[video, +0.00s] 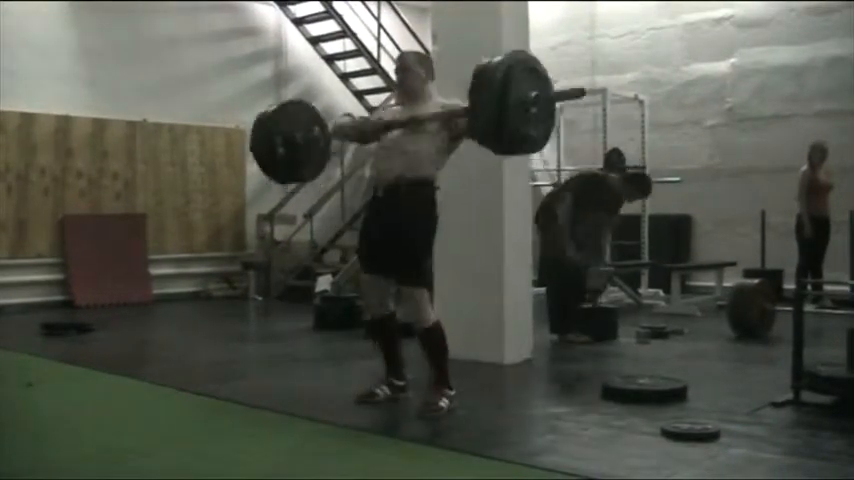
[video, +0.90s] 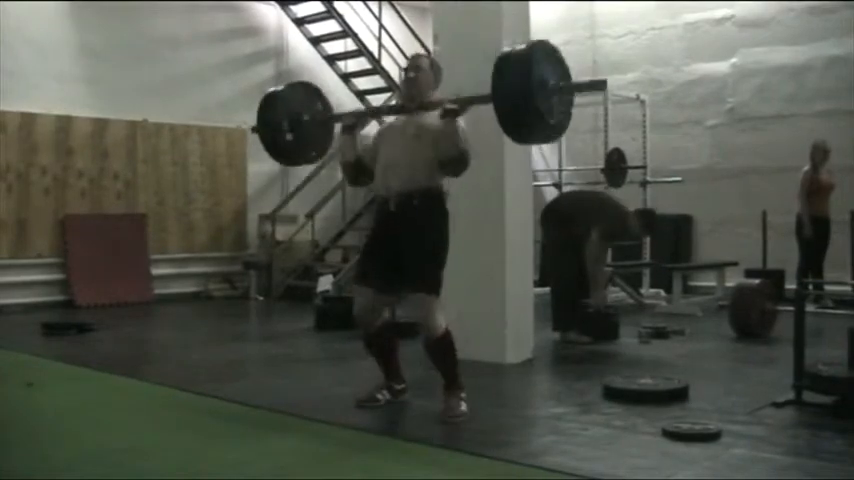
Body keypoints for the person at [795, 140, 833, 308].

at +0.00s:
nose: (819, 159)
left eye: (822, 156)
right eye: (817, 155)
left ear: (825, 157)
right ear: (810, 156)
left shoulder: (823, 173)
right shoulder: (806, 173)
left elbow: (821, 197)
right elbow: (802, 200)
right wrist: (806, 224)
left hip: (821, 219)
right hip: (808, 219)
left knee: (817, 259)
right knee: (805, 259)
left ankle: (818, 294)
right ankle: (800, 294)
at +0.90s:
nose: (823, 157)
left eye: (825, 154)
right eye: (820, 153)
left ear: (827, 155)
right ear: (813, 154)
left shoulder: (825, 173)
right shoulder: (808, 174)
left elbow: (823, 198)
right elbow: (802, 199)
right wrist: (806, 223)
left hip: (822, 219)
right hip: (808, 219)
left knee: (818, 259)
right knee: (806, 258)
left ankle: (819, 293)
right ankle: (802, 293)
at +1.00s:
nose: (825, 157)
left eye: (826, 154)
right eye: (822, 154)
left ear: (828, 156)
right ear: (814, 154)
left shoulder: (826, 174)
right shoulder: (809, 174)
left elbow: (824, 198)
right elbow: (803, 199)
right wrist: (806, 223)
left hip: (822, 219)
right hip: (808, 219)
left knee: (818, 258)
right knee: (806, 258)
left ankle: (819, 293)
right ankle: (802, 292)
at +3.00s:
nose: (820, 158)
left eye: (822, 155)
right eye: (817, 154)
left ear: (823, 156)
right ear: (810, 155)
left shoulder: (822, 173)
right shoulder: (805, 173)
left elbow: (819, 196)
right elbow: (799, 200)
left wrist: (825, 187)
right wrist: (803, 224)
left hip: (813, 219)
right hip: (800, 218)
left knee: (810, 259)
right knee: (798, 258)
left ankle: (811, 294)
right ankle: (794, 293)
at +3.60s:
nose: (814, 158)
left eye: (816, 155)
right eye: (812, 154)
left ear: (819, 156)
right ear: (806, 154)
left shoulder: (819, 173)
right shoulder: (801, 173)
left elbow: (818, 195)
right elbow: (794, 196)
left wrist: (823, 187)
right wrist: (801, 212)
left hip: (815, 219)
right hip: (800, 219)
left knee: (811, 259)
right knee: (799, 258)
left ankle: (812, 294)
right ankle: (794, 293)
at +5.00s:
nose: (817, 161)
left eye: (819, 157)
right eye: (814, 157)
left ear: (820, 158)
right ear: (806, 156)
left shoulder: (819, 174)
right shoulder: (797, 174)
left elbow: (820, 198)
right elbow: (791, 199)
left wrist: (824, 191)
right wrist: (814, 191)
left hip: (818, 219)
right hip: (802, 218)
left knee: (812, 260)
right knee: (800, 258)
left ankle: (812, 295)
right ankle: (793, 294)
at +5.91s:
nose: (820, 159)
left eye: (822, 155)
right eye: (818, 154)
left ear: (822, 156)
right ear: (809, 153)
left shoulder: (813, 173)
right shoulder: (798, 171)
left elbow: (811, 197)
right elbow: (792, 196)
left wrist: (823, 192)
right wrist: (815, 192)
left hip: (817, 217)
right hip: (802, 218)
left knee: (814, 258)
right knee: (801, 257)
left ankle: (812, 294)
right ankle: (794, 292)